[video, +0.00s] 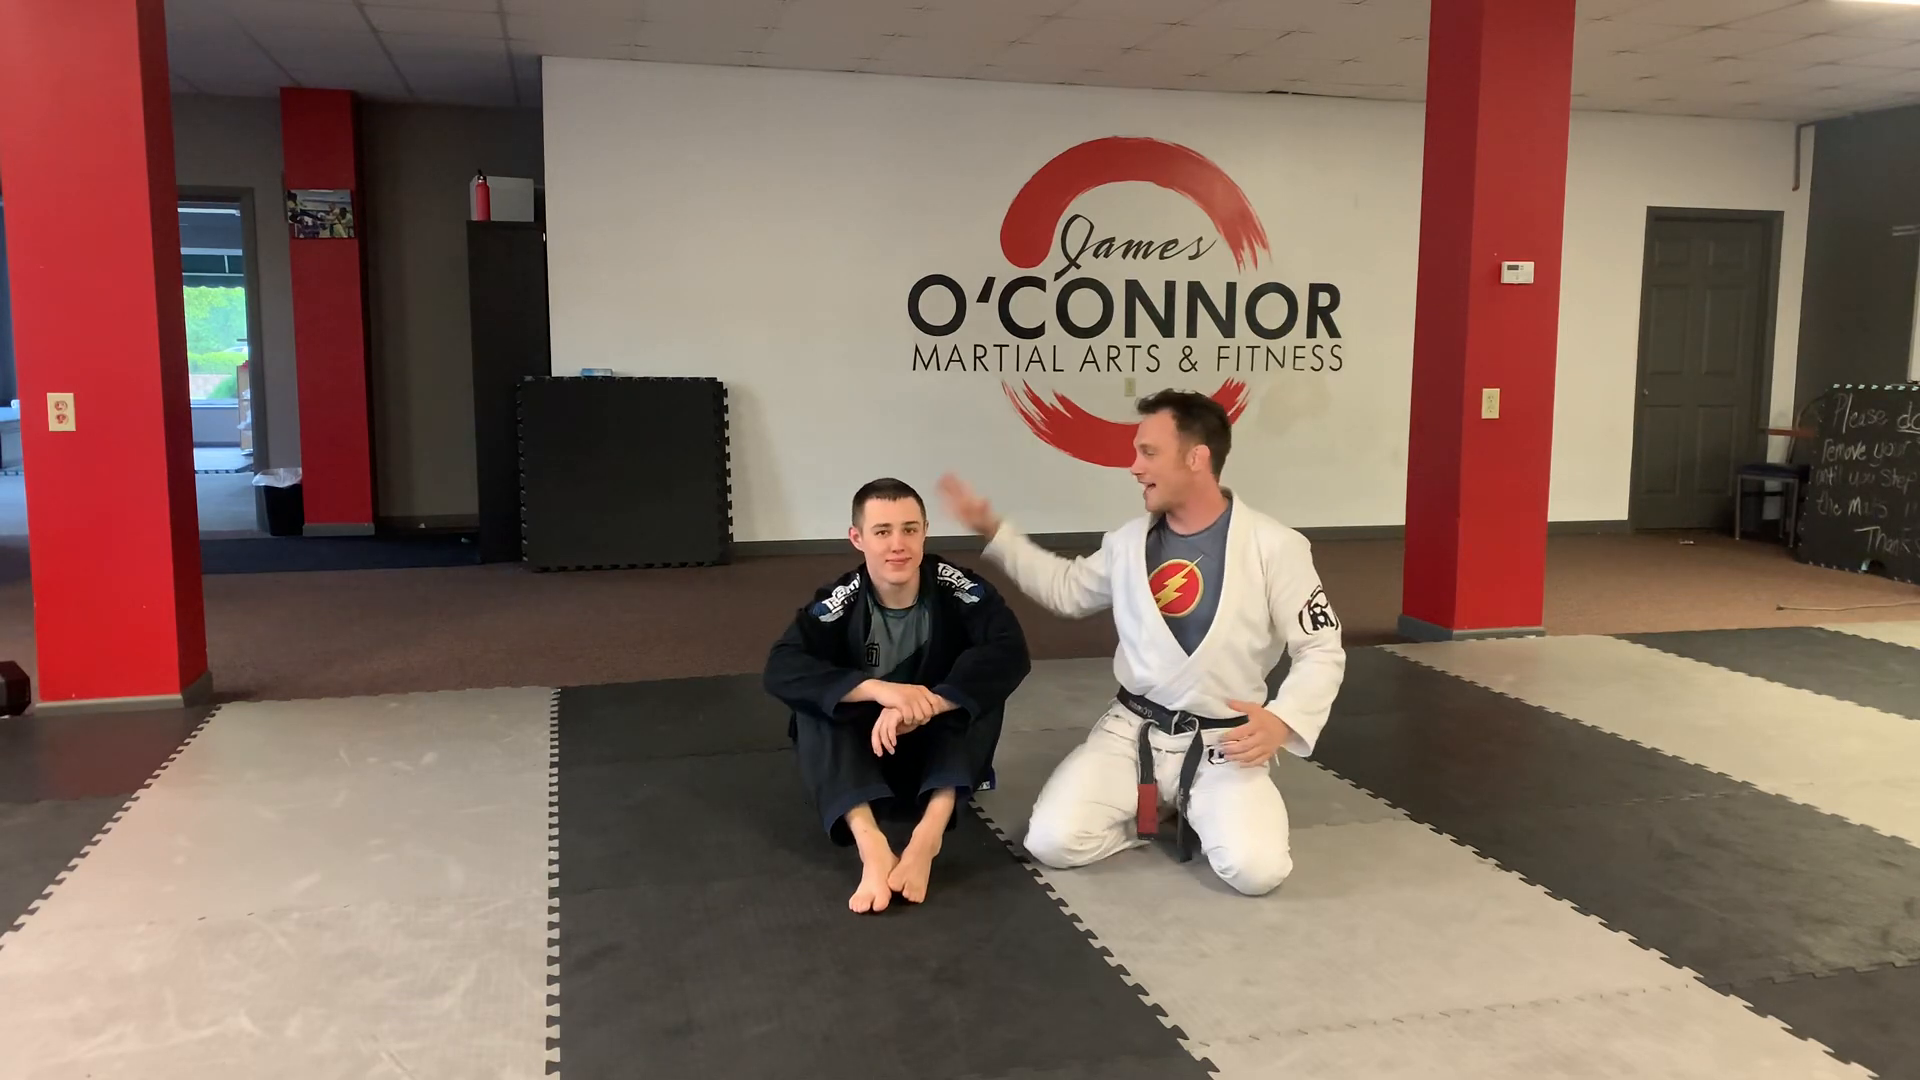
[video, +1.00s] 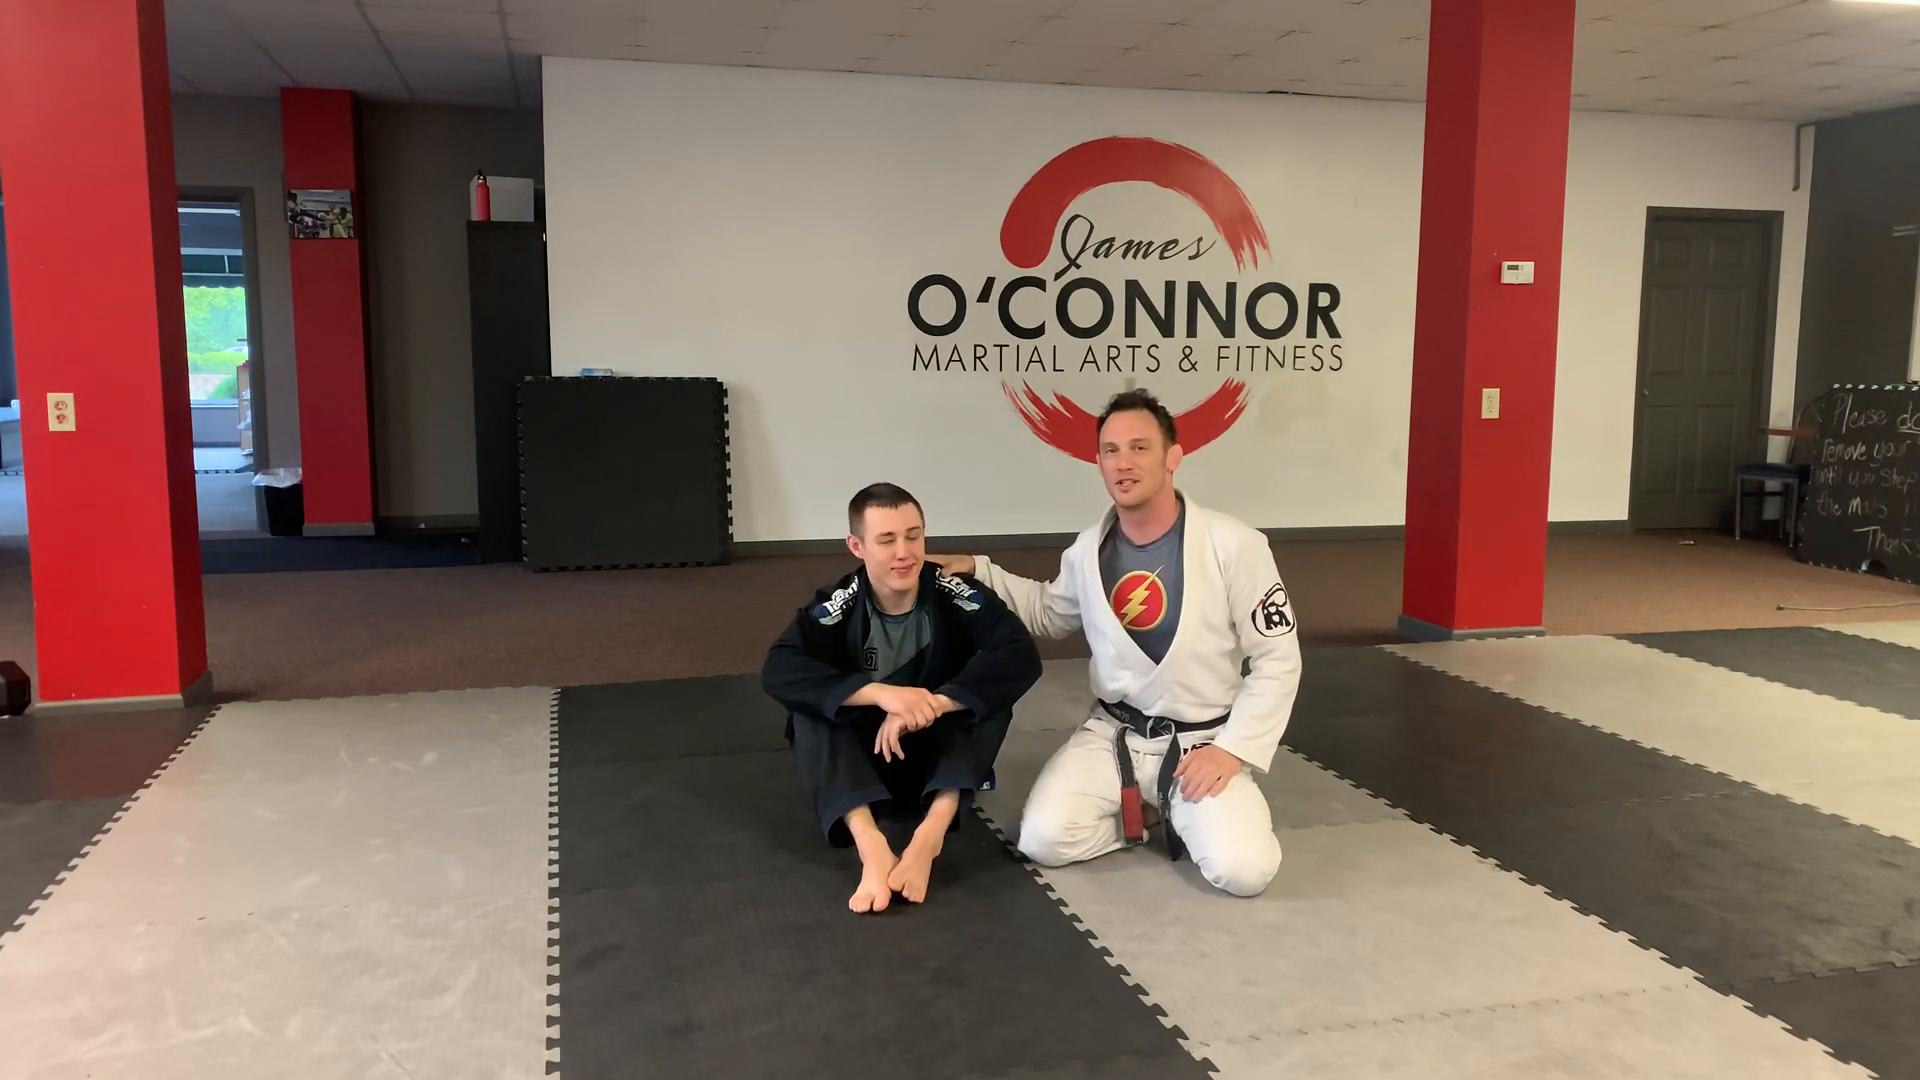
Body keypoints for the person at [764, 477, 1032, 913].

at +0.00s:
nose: (898, 544)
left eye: (909, 530)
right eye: (882, 532)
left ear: (924, 533)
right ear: (857, 539)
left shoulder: (960, 589)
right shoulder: (839, 601)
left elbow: (1009, 653)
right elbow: (783, 669)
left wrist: (923, 704)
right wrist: (879, 690)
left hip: (939, 750)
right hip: (859, 752)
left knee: (981, 689)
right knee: (813, 702)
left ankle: (928, 836)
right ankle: (871, 845)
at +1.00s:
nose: (904, 553)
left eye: (913, 537)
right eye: (887, 540)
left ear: (924, 536)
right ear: (857, 547)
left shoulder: (956, 594)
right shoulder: (836, 605)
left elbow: (1021, 655)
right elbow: (780, 670)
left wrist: (930, 705)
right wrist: (879, 692)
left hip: (937, 754)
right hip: (859, 757)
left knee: (990, 699)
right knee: (809, 709)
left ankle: (931, 834)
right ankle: (870, 846)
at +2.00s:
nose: (907, 558)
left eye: (916, 542)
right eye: (890, 546)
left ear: (926, 537)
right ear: (859, 548)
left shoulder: (958, 594)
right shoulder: (838, 603)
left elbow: (1020, 657)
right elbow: (781, 670)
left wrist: (928, 707)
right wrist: (881, 692)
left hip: (937, 754)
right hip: (859, 756)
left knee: (988, 699)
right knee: (811, 709)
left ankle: (930, 835)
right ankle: (871, 846)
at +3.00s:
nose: (901, 555)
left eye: (910, 539)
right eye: (884, 543)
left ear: (922, 535)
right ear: (855, 547)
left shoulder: (956, 589)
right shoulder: (835, 604)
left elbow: (1014, 656)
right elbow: (781, 670)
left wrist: (926, 706)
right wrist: (878, 691)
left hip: (938, 752)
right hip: (860, 755)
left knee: (985, 698)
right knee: (810, 707)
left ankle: (929, 836)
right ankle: (871, 845)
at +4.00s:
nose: (927, 549)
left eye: (939, 535)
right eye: (913, 534)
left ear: (951, 533)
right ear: (885, 531)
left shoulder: (983, 604)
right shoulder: (853, 591)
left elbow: (1023, 699)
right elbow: (764, 637)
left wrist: (1015, 766)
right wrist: (755, 670)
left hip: (944, 767)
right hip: (861, 764)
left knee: (958, 659)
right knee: (777, 671)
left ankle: (924, 831)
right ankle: (775, 840)